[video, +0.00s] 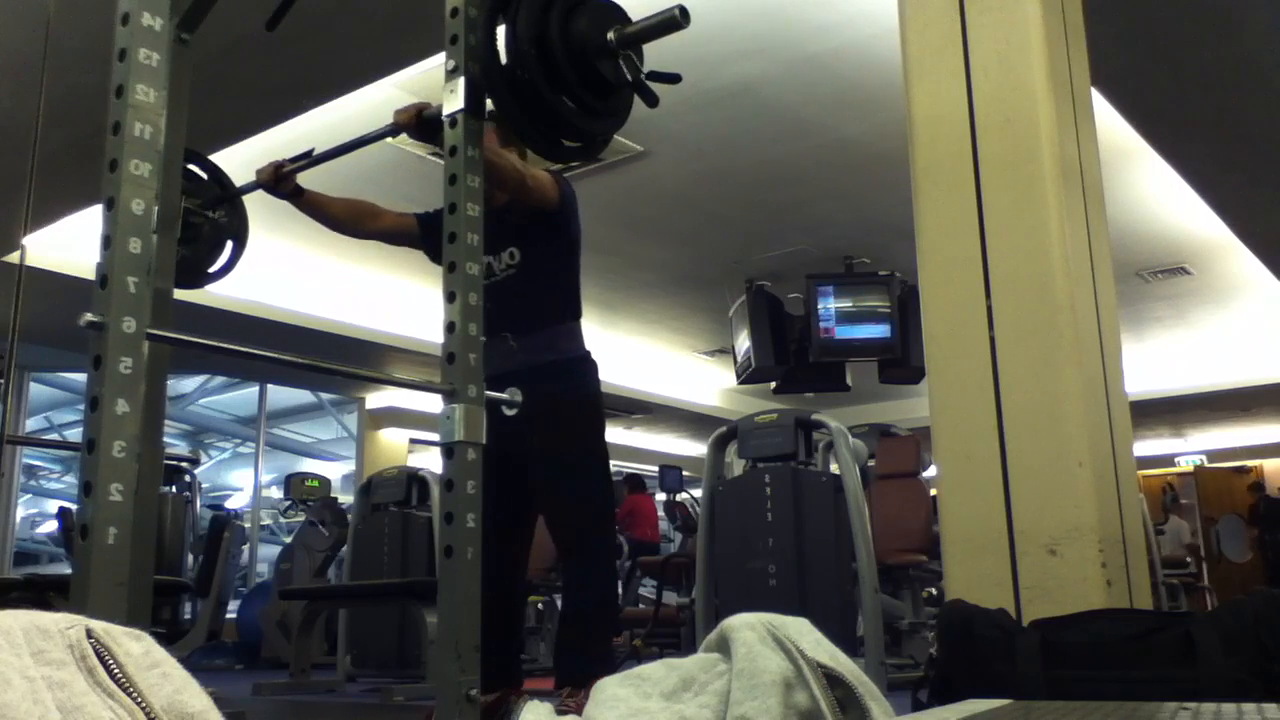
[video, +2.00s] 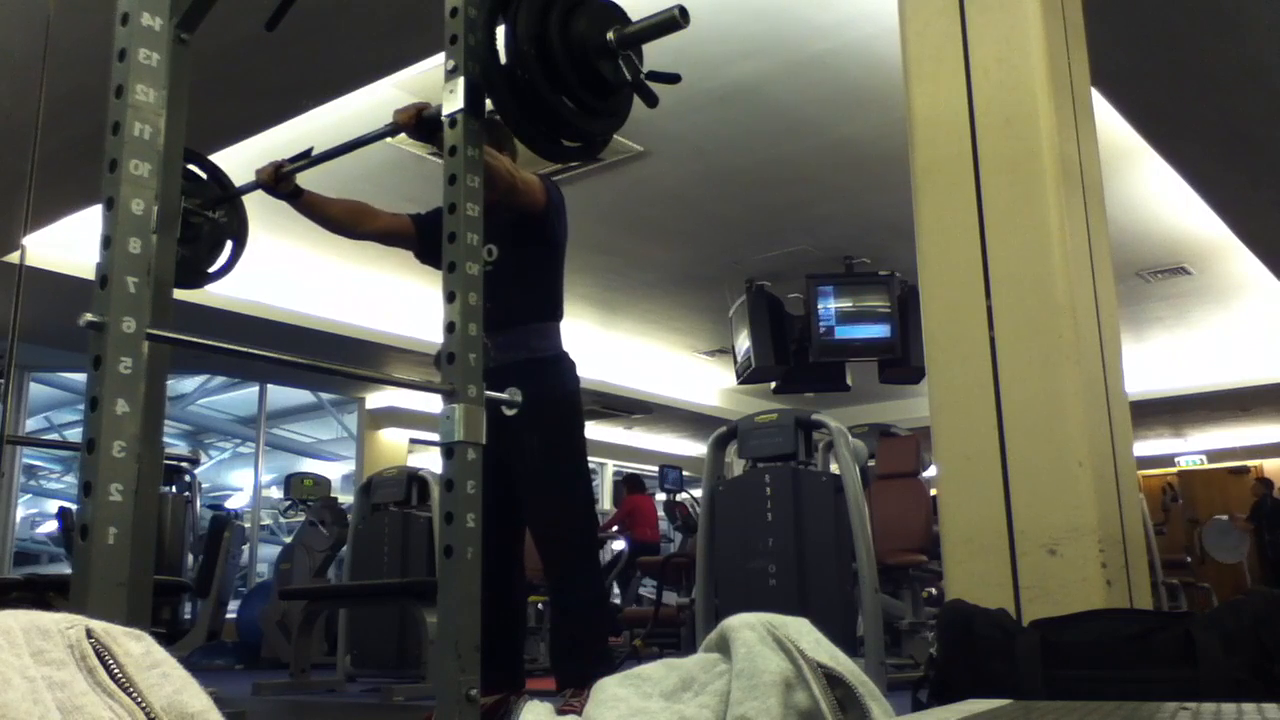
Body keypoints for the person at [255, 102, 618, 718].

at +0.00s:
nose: (468, 158)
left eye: (475, 143)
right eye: (461, 152)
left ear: (503, 140)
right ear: (455, 160)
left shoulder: (552, 197)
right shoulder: (458, 224)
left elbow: (509, 178)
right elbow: (371, 219)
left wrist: (440, 133)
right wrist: (297, 192)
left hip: (560, 391)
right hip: (492, 399)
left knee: (584, 546)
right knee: (494, 551)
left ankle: (579, 689)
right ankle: (500, 689)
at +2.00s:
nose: (463, 169)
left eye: (472, 156)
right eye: (457, 161)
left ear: (496, 151)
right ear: (451, 166)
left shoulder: (541, 202)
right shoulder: (455, 223)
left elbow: (504, 179)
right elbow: (369, 221)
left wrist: (440, 133)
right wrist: (294, 192)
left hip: (540, 384)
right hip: (477, 392)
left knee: (562, 536)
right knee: (488, 545)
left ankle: (579, 684)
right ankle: (498, 687)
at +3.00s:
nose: (467, 166)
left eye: (477, 154)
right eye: (461, 159)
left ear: (510, 155)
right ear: (458, 165)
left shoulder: (542, 208)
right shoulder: (457, 227)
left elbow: (504, 180)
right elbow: (369, 224)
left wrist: (441, 133)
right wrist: (295, 193)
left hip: (536, 384)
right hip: (475, 393)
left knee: (563, 538)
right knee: (487, 547)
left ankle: (580, 684)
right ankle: (497, 687)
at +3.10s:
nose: (469, 165)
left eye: (479, 154)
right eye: (463, 158)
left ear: (511, 154)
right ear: (459, 165)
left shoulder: (542, 208)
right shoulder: (456, 227)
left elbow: (504, 181)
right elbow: (369, 224)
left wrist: (441, 133)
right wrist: (294, 192)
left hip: (536, 383)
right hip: (475, 391)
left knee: (563, 537)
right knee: (488, 545)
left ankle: (579, 683)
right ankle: (497, 687)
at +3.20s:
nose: (468, 166)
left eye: (478, 154)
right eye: (462, 158)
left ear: (510, 154)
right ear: (458, 165)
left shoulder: (542, 208)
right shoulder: (456, 228)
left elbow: (504, 181)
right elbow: (369, 224)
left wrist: (441, 133)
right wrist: (294, 193)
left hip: (536, 384)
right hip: (475, 392)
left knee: (563, 537)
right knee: (487, 546)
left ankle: (579, 683)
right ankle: (497, 687)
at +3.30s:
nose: (468, 166)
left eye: (478, 154)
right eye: (462, 158)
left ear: (511, 155)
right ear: (458, 165)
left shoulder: (542, 209)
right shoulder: (456, 228)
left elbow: (504, 180)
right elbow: (368, 224)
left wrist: (441, 133)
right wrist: (294, 193)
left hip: (536, 383)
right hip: (475, 392)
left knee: (563, 537)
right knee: (487, 545)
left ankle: (579, 683)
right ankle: (497, 687)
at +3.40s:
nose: (469, 166)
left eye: (479, 154)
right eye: (462, 158)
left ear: (511, 155)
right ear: (458, 165)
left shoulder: (542, 208)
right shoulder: (456, 227)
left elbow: (503, 181)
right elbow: (368, 224)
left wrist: (440, 133)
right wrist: (294, 192)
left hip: (536, 383)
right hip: (475, 391)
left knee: (563, 536)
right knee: (487, 545)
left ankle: (580, 683)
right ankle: (497, 687)